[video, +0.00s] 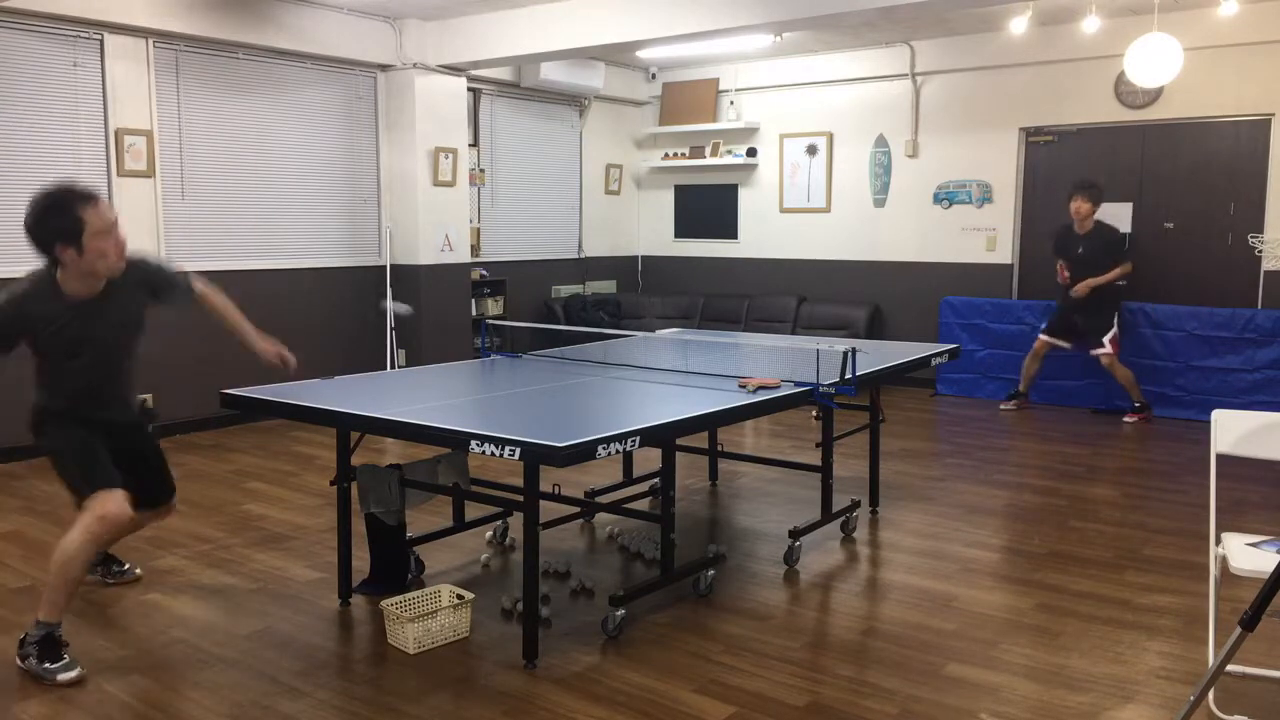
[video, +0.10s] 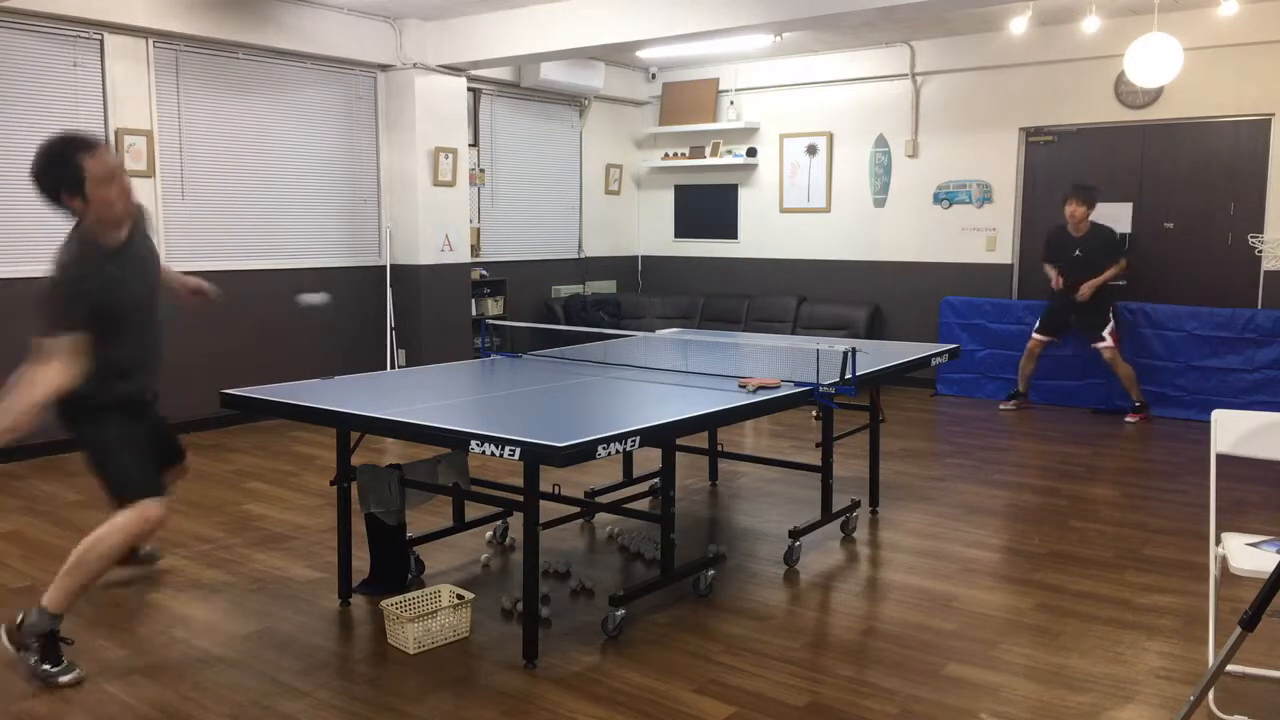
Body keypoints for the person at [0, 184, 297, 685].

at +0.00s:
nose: (121, 240)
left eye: (117, 228)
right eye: (107, 235)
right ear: (67, 253)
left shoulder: (136, 276)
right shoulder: (27, 305)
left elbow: (202, 292)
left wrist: (257, 340)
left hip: (121, 416)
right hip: (63, 420)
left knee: (158, 503)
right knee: (108, 508)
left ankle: (92, 550)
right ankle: (42, 636)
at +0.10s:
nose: (122, 186)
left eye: (119, 173)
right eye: (107, 183)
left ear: (122, 171)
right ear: (76, 201)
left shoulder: (132, 218)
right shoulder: (77, 270)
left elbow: (141, 265)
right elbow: (58, 362)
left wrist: (178, 281)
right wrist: (17, 408)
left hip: (133, 391)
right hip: (93, 402)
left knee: (171, 467)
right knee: (147, 509)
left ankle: (122, 548)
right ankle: (37, 624)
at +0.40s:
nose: (190, 205)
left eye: (183, 197)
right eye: (181, 200)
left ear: (127, 223)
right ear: (165, 219)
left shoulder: (106, 274)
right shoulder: (192, 259)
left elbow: (101, 355)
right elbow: (262, 262)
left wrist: (193, 350)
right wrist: (210, 224)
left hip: (117, 435)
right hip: (175, 429)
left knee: (181, 469)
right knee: (250, 529)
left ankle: (190, 557)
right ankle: (233, 650)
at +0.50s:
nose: (201, 205)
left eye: (196, 196)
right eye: (192, 199)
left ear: (145, 219)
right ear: (170, 215)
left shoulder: (112, 267)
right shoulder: (196, 254)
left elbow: (95, 348)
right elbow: (275, 304)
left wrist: (183, 355)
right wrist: (273, 272)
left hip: (112, 414)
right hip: (165, 410)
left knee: (176, 475)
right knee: (217, 513)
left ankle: (188, 556)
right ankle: (225, 645)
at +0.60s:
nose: (210, 187)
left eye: (205, 179)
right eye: (201, 181)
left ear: (163, 197)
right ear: (176, 195)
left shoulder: (132, 242)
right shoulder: (186, 239)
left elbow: (100, 321)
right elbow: (247, 306)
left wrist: (178, 344)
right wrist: (277, 282)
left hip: (103, 387)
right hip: (137, 387)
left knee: (190, 451)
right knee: (189, 495)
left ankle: (190, 548)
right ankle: (196, 636)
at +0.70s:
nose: (211, 165)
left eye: (206, 156)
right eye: (201, 158)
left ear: (165, 172)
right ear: (174, 170)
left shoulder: (137, 217)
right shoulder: (160, 217)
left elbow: (94, 288)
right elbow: (202, 292)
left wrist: (163, 331)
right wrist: (254, 271)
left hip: (125, 367)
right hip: (110, 371)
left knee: (180, 461)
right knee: (167, 481)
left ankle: (192, 551)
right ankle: (118, 623)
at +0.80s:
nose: (205, 156)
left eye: (200, 147)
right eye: (196, 149)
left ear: (159, 160)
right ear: (167, 159)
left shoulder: (130, 203)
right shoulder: (149, 207)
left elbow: (88, 277)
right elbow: (166, 293)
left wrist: (152, 315)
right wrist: (237, 273)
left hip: (110, 367)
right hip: (95, 371)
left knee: (166, 453)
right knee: (133, 490)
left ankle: (177, 545)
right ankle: (45, 619)